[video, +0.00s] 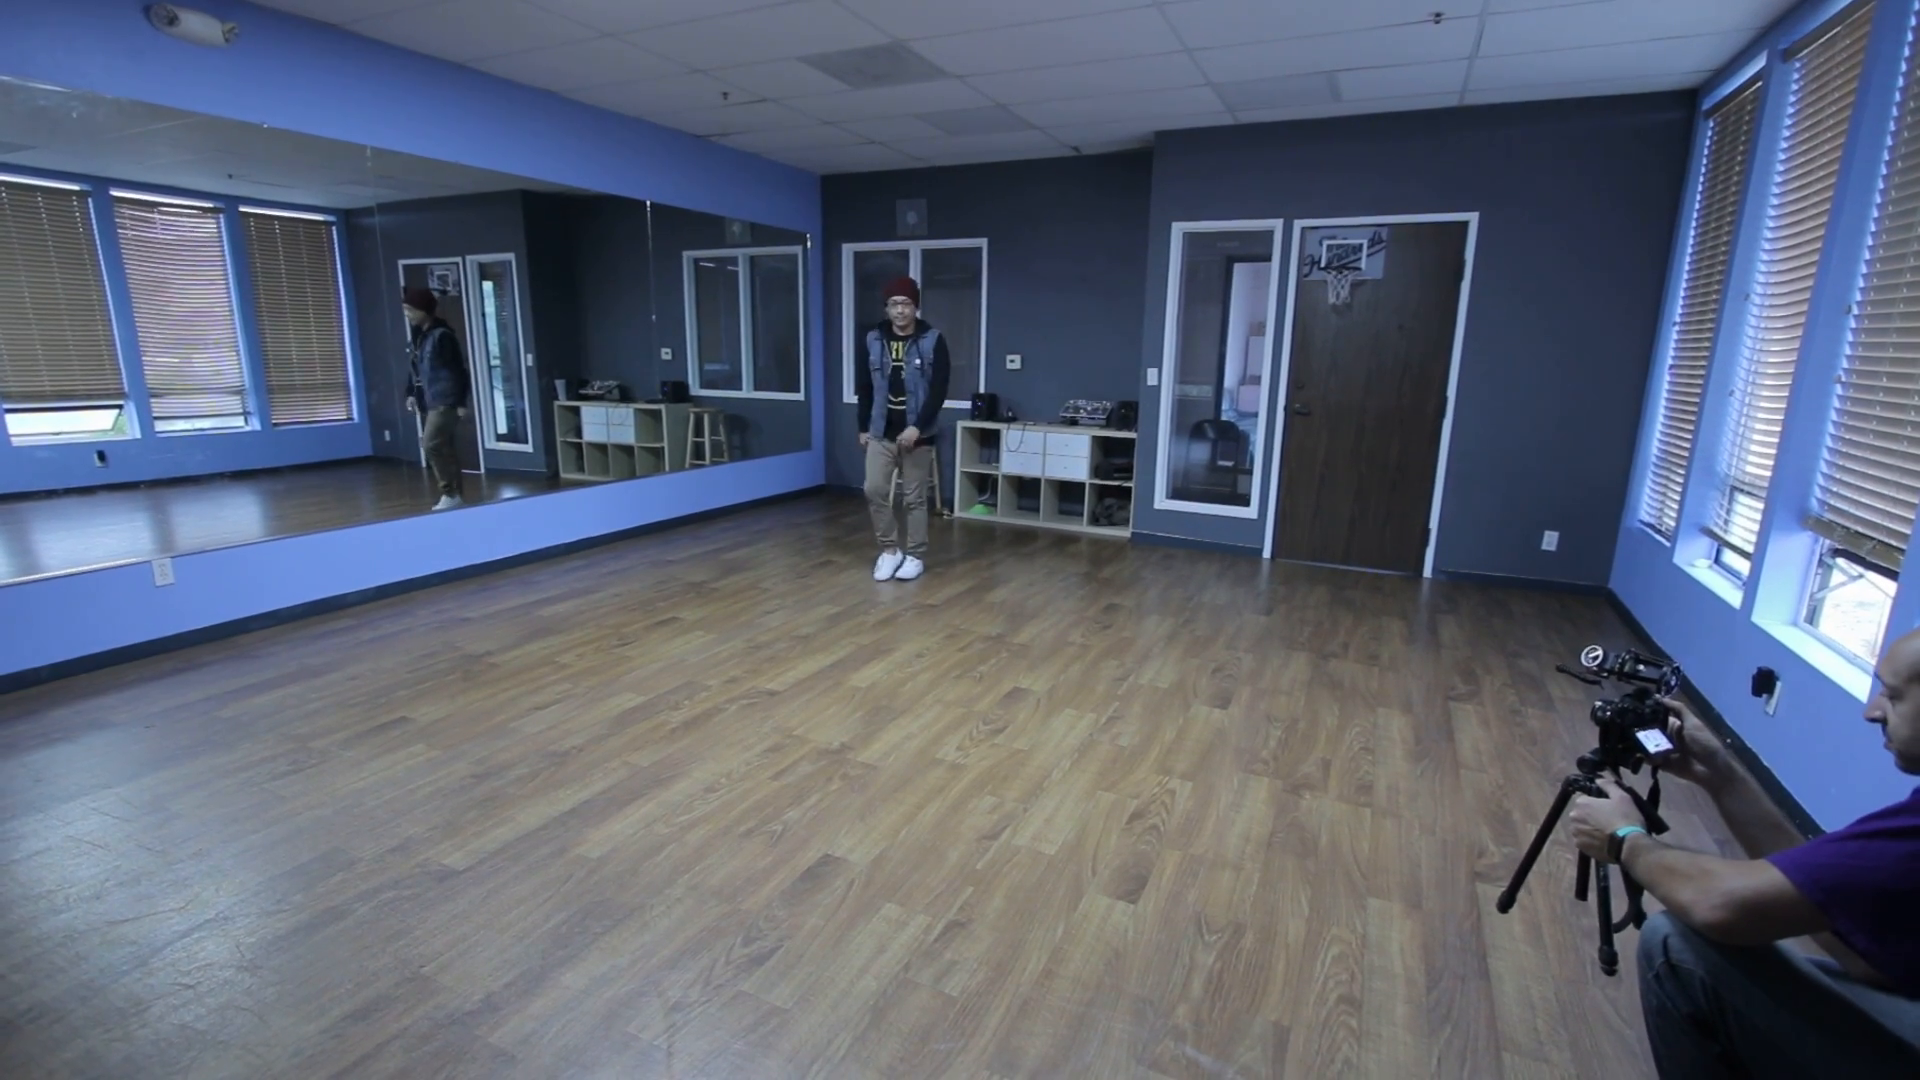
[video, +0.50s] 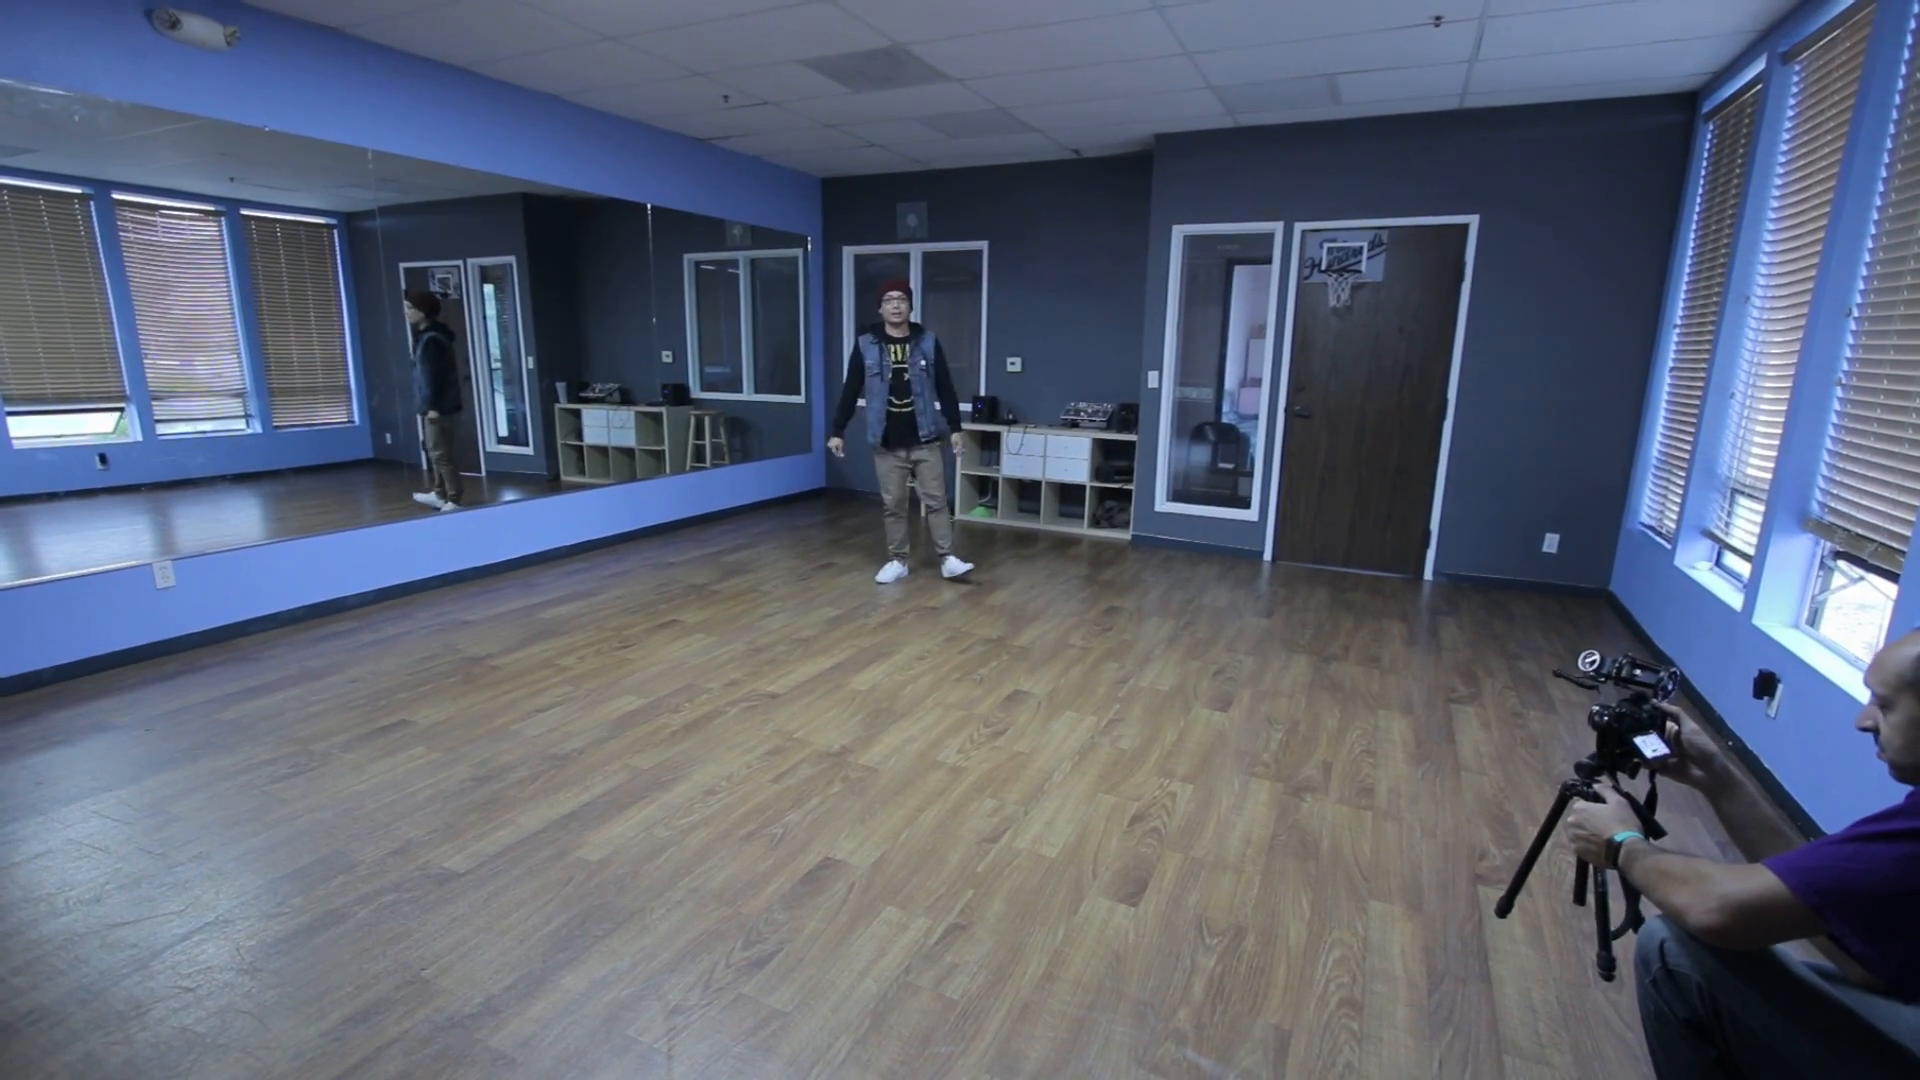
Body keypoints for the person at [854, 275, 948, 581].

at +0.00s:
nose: (899, 310)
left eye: (905, 304)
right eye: (893, 304)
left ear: (916, 307)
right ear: (886, 308)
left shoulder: (933, 341)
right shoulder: (873, 340)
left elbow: (938, 390)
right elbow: (865, 386)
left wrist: (919, 427)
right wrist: (863, 427)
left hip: (917, 433)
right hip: (879, 432)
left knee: (914, 497)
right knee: (874, 490)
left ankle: (914, 556)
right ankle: (889, 551)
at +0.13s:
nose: (897, 309)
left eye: (903, 304)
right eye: (891, 304)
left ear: (912, 307)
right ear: (883, 308)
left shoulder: (929, 341)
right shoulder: (868, 339)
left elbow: (937, 390)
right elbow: (862, 387)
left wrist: (923, 432)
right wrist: (866, 428)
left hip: (914, 435)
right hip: (878, 434)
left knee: (913, 497)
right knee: (877, 494)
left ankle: (915, 555)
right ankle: (893, 553)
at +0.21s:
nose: (896, 310)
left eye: (901, 304)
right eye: (890, 304)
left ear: (910, 308)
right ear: (881, 309)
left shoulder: (927, 342)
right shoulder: (866, 341)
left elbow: (935, 391)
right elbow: (860, 389)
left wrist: (931, 433)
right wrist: (864, 429)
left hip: (915, 436)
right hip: (879, 436)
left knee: (916, 499)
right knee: (882, 498)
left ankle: (919, 555)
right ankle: (896, 556)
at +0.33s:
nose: (894, 310)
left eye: (900, 305)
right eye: (888, 305)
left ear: (908, 310)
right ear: (879, 311)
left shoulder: (926, 345)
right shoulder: (864, 346)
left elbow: (941, 393)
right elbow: (856, 392)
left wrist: (945, 435)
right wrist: (855, 432)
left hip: (920, 442)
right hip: (881, 442)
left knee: (926, 504)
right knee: (887, 504)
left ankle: (928, 558)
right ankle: (896, 559)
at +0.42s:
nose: (894, 307)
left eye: (899, 302)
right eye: (888, 303)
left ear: (908, 308)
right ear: (879, 310)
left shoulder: (926, 343)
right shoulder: (864, 346)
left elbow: (943, 389)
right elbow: (852, 392)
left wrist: (952, 431)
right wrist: (843, 433)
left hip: (923, 441)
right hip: (884, 442)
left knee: (930, 503)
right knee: (889, 504)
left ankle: (938, 558)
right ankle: (897, 560)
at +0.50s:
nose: (895, 306)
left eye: (901, 300)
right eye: (889, 301)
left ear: (910, 306)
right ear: (880, 308)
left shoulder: (927, 342)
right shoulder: (866, 345)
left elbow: (944, 387)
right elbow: (851, 390)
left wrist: (955, 428)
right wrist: (837, 432)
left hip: (926, 438)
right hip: (887, 440)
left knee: (936, 500)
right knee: (893, 504)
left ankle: (947, 558)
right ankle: (898, 561)